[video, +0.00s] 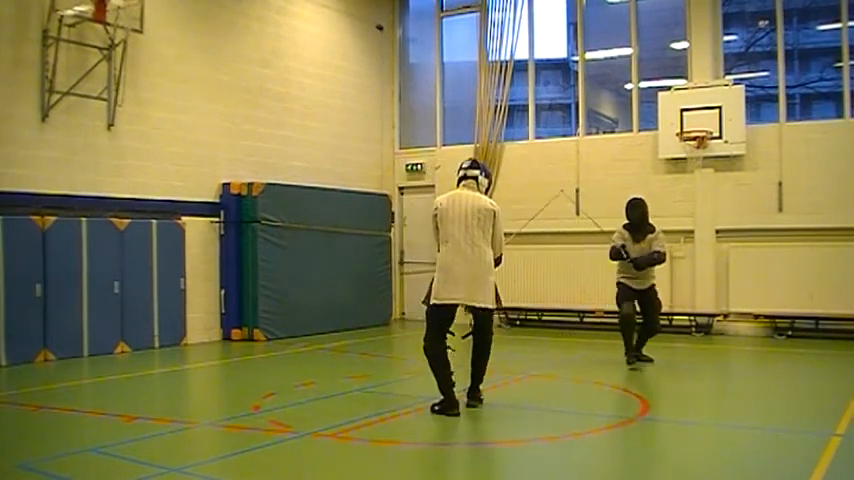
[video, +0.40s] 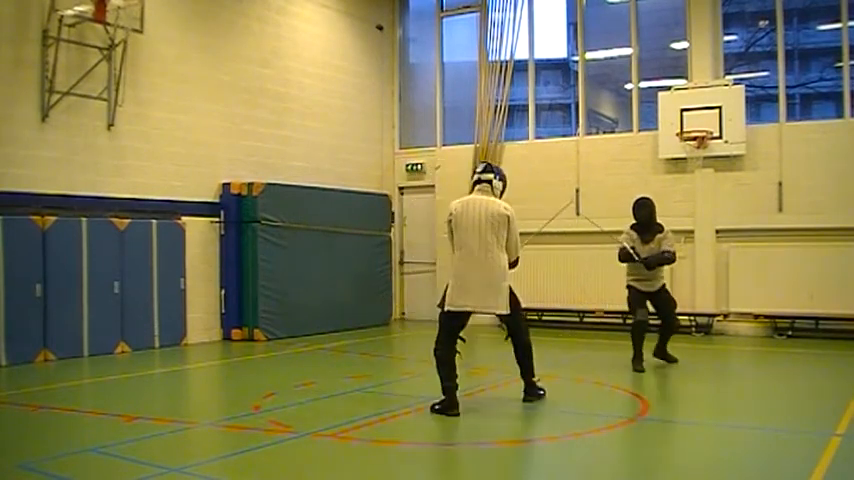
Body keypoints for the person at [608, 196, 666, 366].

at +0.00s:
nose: (634, 216)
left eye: (638, 212)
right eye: (631, 212)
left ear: (645, 213)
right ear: (627, 214)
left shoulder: (655, 233)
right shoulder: (622, 233)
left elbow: (660, 256)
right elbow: (613, 254)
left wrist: (645, 261)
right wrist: (622, 253)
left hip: (647, 284)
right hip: (626, 283)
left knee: (652, 324)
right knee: (627, 313)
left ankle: (637, 350)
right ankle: (629, 352)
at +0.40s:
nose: (643, 219)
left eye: (646, 214)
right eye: (640, 215)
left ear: (653, 214)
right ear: (635, 216)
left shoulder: (663, 233)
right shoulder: (630, 234)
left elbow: (671, 256)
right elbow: (622, 256)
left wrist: (655, 260)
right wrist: (637, 256)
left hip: (657, 285)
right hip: (636, 286)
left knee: (671, 322)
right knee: (641, 319)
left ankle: (660, 349)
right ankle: (637, 358)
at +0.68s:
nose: (648, 231)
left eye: (650, 226)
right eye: (644, 227)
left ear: (656, 222)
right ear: (638, 224)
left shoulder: (668, 240)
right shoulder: (632, 242)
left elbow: (674, 263)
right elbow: (622, 268)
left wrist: (660, 273)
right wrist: (637, 260)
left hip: (661, 291)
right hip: (639, 291)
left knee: (670, 326)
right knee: (635, 319)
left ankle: (666, 353)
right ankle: (629, 356)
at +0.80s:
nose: (640, 239)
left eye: (644, 235)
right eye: (637, 235)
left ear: (652, 230)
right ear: (633, 231)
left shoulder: (661, 247)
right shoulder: (629, 246)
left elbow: (660, 270)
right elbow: (614, 267)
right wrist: (617, 263)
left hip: (658, 298)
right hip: (637, 298)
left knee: (669, 330)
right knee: (636, 327)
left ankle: (665, 352)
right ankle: (629, 365)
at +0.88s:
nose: (643, 251)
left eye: (647, 247)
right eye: (640, 247)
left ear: (654, 241)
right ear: (635, 242)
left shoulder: (662, 255)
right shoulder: (630, 251)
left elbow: (650, 273)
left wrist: (622, 273)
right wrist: (607, 262)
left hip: (656, 302)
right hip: (635, 301)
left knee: (670, 333)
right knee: (634, 326)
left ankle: (666, 351)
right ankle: (629, 365)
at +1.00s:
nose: (643, 254)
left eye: (647, 250)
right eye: (641, 250)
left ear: (655, 243)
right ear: (637, 243)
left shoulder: (663, 259)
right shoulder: (630, 256)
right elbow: (613, 274)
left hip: (655, 304)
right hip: (635, 303)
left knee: (669, 332)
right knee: (633, 327)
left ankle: (671, 350)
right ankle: (629, 364)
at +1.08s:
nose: (648, 240)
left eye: (652, 236)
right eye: (644, 235)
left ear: (658, 237)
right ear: (638, 237)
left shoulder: (665, 260)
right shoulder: (630, 258)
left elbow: (670, 285)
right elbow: (617, 281)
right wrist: (614, 301)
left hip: (657, 303)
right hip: (636, 303)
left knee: (673, 328)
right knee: (634, 331)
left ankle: (674, 350)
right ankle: (629, 365)